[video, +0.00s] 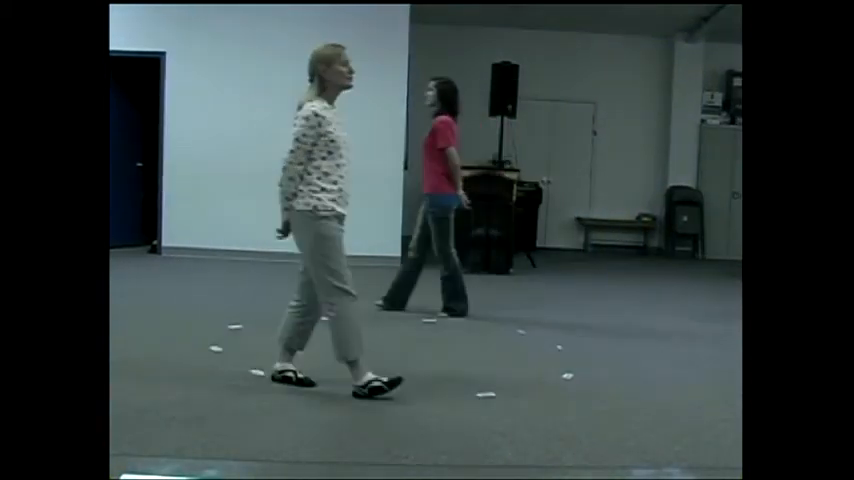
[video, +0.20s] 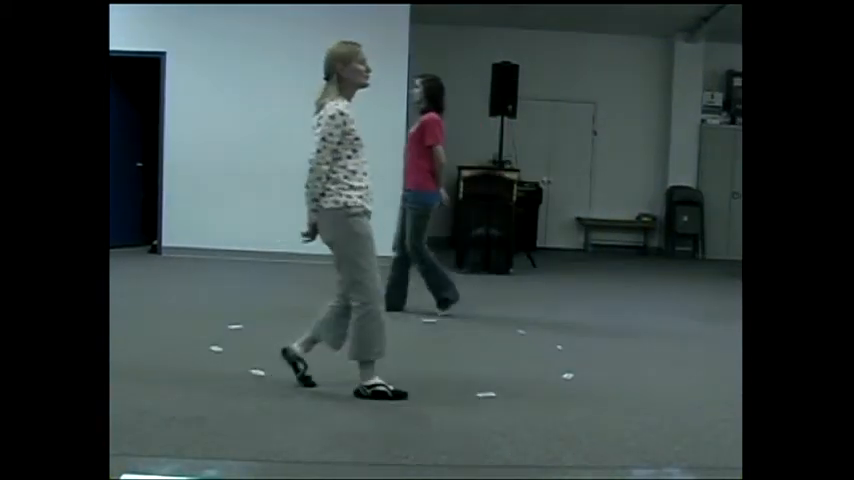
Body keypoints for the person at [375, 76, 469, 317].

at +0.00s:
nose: (426, 94)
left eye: (431, 90)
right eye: (428, 90)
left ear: (442, 96)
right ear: (443, 97)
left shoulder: (442, 123)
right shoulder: (442, 123)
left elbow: (452, 156)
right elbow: (449, 158)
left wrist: (458, 189)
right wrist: (456, 190)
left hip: (440, 194)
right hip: (434, 194)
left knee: (444, 252)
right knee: (416, 250)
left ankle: (456, 306)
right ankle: (395, 299)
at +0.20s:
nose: (412, 91)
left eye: (416, 87)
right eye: (413, 87)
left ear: (428, 92)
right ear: (428, 93)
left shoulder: (431, 121)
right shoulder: (422, 120)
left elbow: (439, 156)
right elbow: (430, 156)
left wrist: (439, 185)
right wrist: (437, 186)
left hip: (422, 191)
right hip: (411, 190)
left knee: (414, 246)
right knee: (401, 247)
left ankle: (446, 294)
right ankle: (394, 299)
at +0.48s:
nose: (402, 93)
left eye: (407, 89)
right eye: (402, 89)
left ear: (418, 94)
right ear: (408, 95)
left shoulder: (423, 123)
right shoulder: (409, 123)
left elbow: (431, 159)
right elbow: (412, 157)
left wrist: (429, 188)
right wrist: (425, 187)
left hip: (412, 190)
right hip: (400, 189)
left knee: (391, 239)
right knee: (390, 239)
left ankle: (414, 287)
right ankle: (406, 288)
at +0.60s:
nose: (401, 91)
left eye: (406, 86)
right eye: (401, 86)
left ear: (418, 92)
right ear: (409, 92)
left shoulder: (420, 119)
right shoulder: (411, 120)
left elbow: (430, 153)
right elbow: (421, 153)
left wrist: (432, 181)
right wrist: (429, 180)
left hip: (416, 189)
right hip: (404, 189)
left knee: (407, 243)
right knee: (393, 245)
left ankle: (438, 291)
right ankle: (395, 300)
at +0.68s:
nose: (401, 90)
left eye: (405, 86)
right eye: (402, 86)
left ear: (416, 92)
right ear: (413, 92)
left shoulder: (420, 119)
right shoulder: (413, 119)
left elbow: (431, 153)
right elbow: (423, 154)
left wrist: (435, 180)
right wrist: (433, 179)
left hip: (420, 191)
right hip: (409, 190)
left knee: (422, 246)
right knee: (398, 247)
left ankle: (451, 295)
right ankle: (394, 300)